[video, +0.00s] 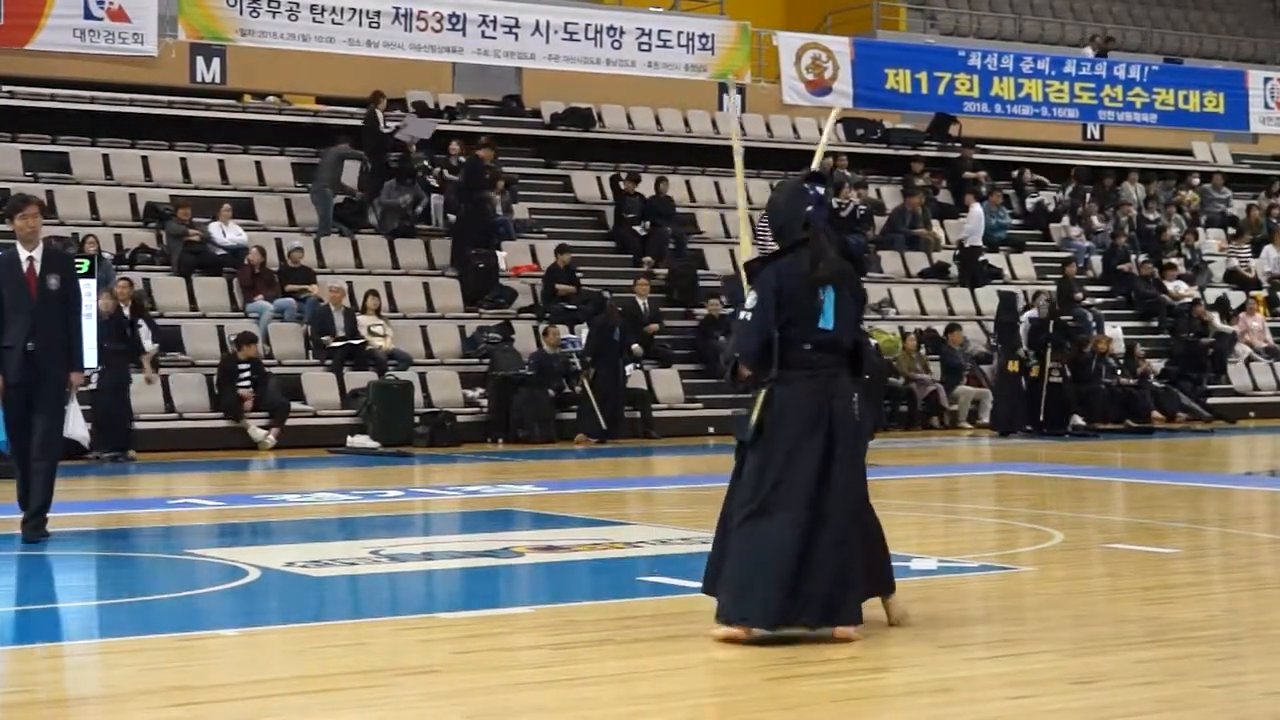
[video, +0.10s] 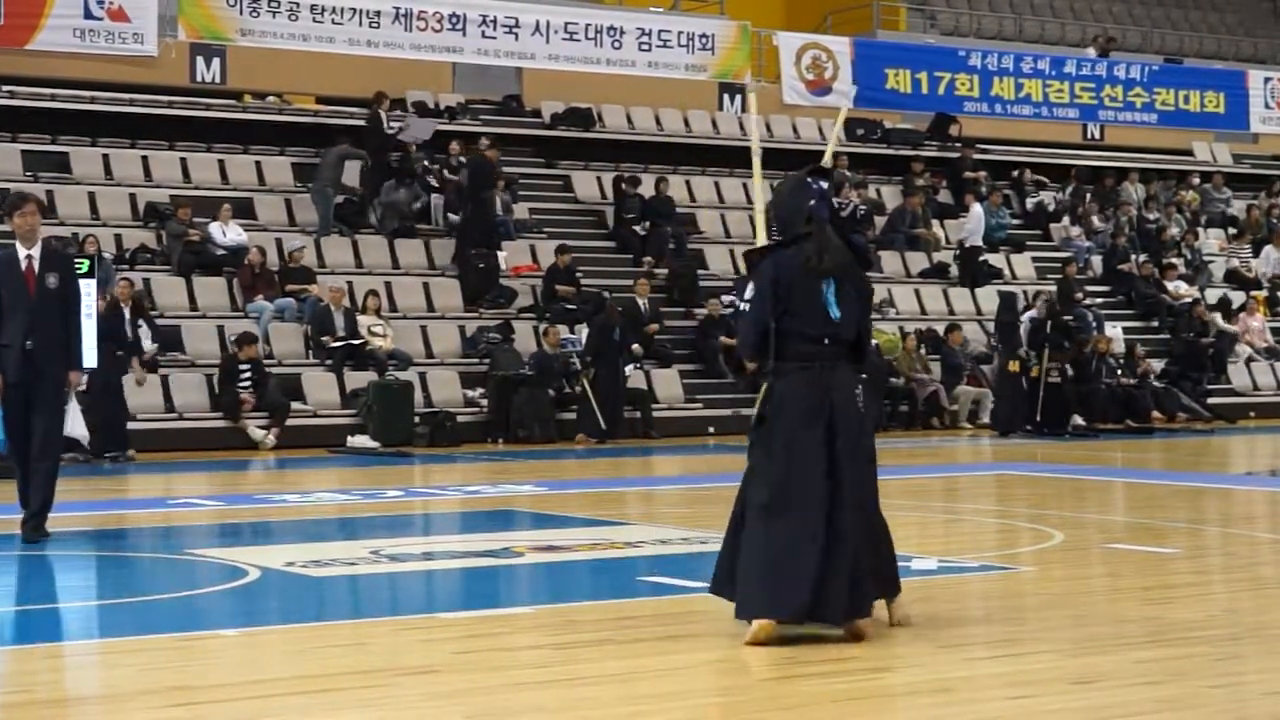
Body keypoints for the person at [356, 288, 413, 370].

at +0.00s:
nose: (375, 302)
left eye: (377, 299)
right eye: (372, 299)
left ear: (380, 302)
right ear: (365, 301)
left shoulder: (382, 318)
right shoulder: (359, 319)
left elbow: (389, 332)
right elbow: (362, 336)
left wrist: (387, 344)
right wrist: (378, 344)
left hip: (385, 345)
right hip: (371, 346)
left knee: (407, 358)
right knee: (382, 359)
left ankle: (394, 379)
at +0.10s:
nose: (375, 302)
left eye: (377, 299)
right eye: (372, 299)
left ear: (380, 302)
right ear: (365, 301)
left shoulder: (382, 318)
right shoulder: (359, 319)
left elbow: (389, 332)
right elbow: (362, 336)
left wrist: (388, 344)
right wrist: (378, 344)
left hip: (385, 345)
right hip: (371, 346)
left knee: (407, 358)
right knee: (382, 359)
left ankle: (394, 379)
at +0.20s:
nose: (375, 302)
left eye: (377, 299)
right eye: (372, 299)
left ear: (380, 302)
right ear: (365, 301)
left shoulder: (382, 318)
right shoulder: (359, 319)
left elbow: (389, 332)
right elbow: (362, 336)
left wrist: (388, 344)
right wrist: (378, 344)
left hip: (385, 345)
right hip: (371, 347)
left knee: (407, 358)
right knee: (382, 359)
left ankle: (394, 379)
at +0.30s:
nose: (375, 302)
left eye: (377, 299)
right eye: (372, 299)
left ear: (380, 302)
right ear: (365, 301)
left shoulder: (383, 318)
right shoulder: (359, 319)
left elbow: (389, 332)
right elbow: (362, 336)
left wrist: (388, 344)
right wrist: (378, 344)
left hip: (385, 345)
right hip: (371, 347)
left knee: (407, 358)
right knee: (382, 359)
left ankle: (394, 379)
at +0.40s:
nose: (376, 302)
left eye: (378, 299)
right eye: (373, 299)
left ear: (380, 302)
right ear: (366, 301)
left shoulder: (383, 318)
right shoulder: (359, 319)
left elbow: (389, 332)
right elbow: (363, 336)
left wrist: (388, 344)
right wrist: (378, 344)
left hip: (385, 345)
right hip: (371, 347)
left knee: (407, 358)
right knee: (382, 359)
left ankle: (394, 379)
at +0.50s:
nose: (376, 302)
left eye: (378, 299)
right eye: (373, 299)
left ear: (380, 302)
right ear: (366, 301)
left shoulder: (383, 318)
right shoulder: (360, 319)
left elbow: (390, 332)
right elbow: (363, 336)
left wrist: (388, 344)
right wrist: (379, 345)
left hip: (386, 345)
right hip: (372, 347)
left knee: (407, 358)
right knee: (383, 359)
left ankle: (394, 380)